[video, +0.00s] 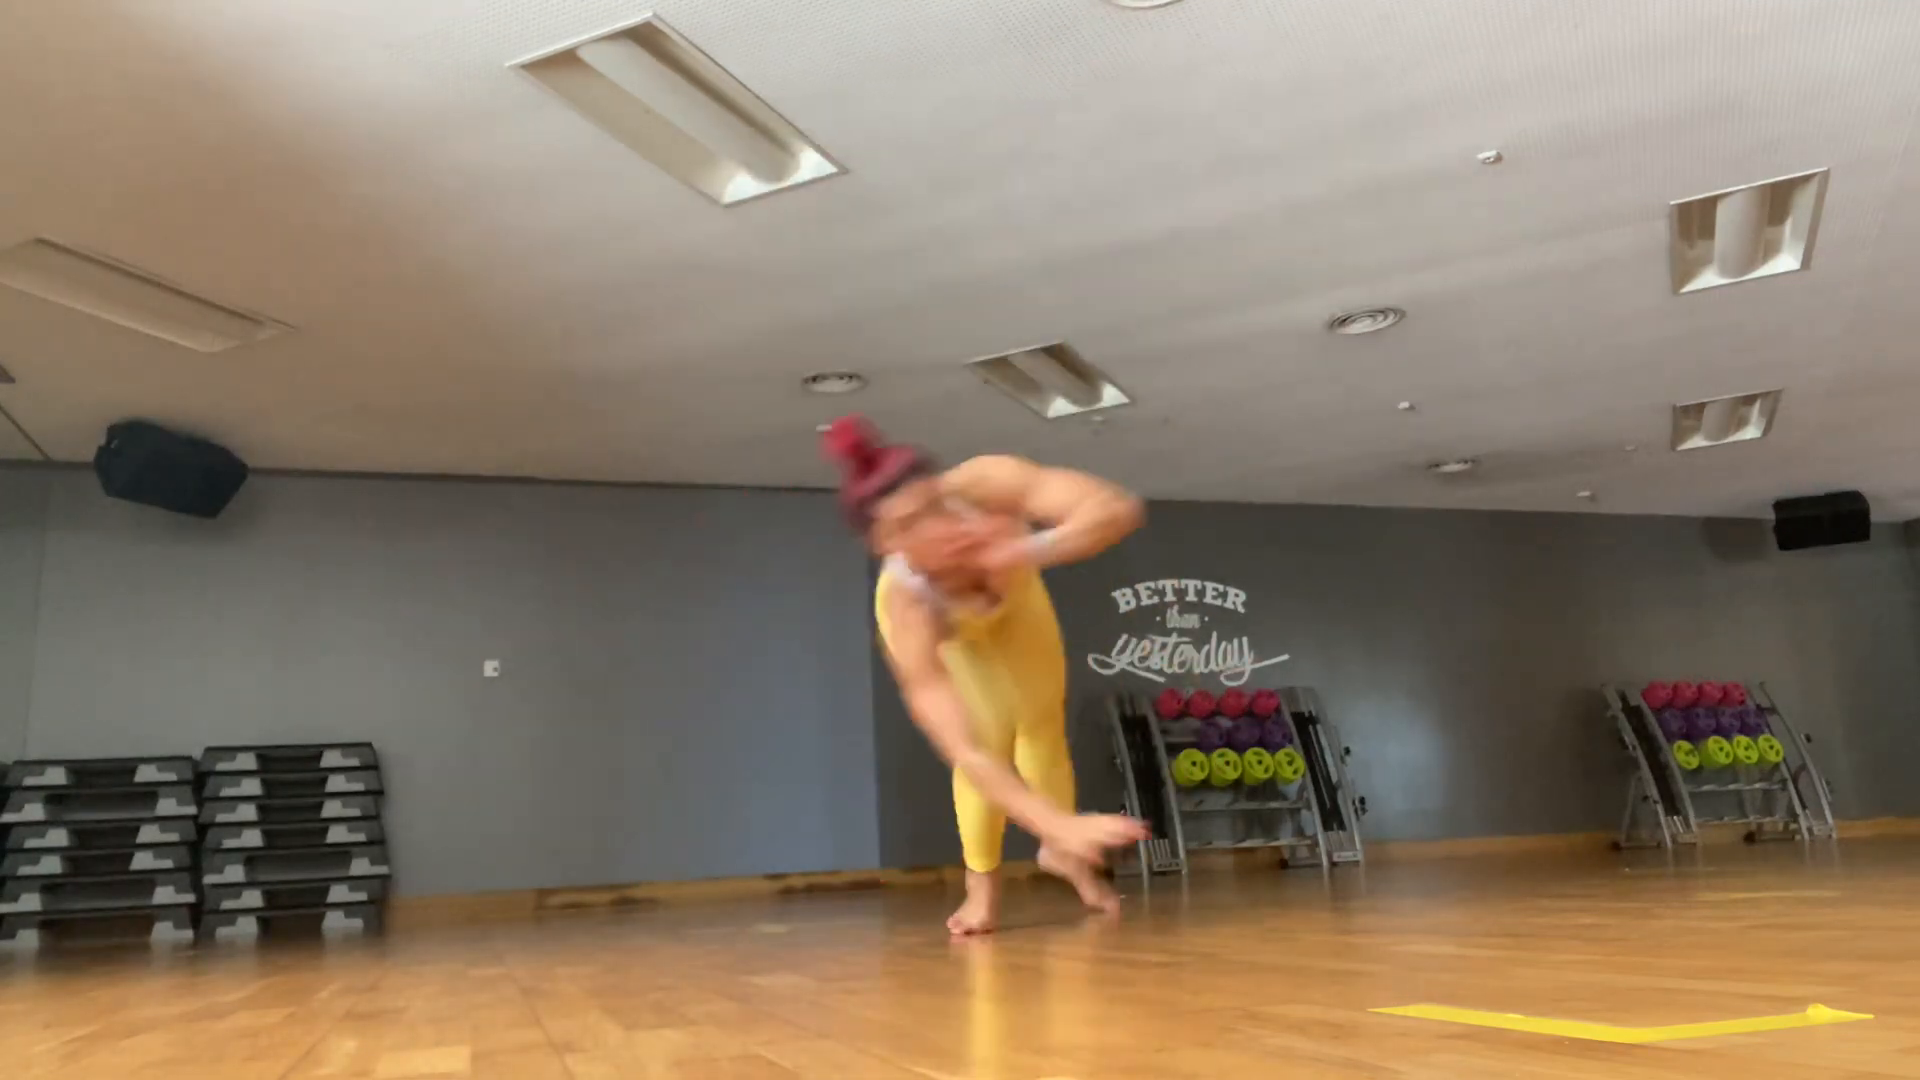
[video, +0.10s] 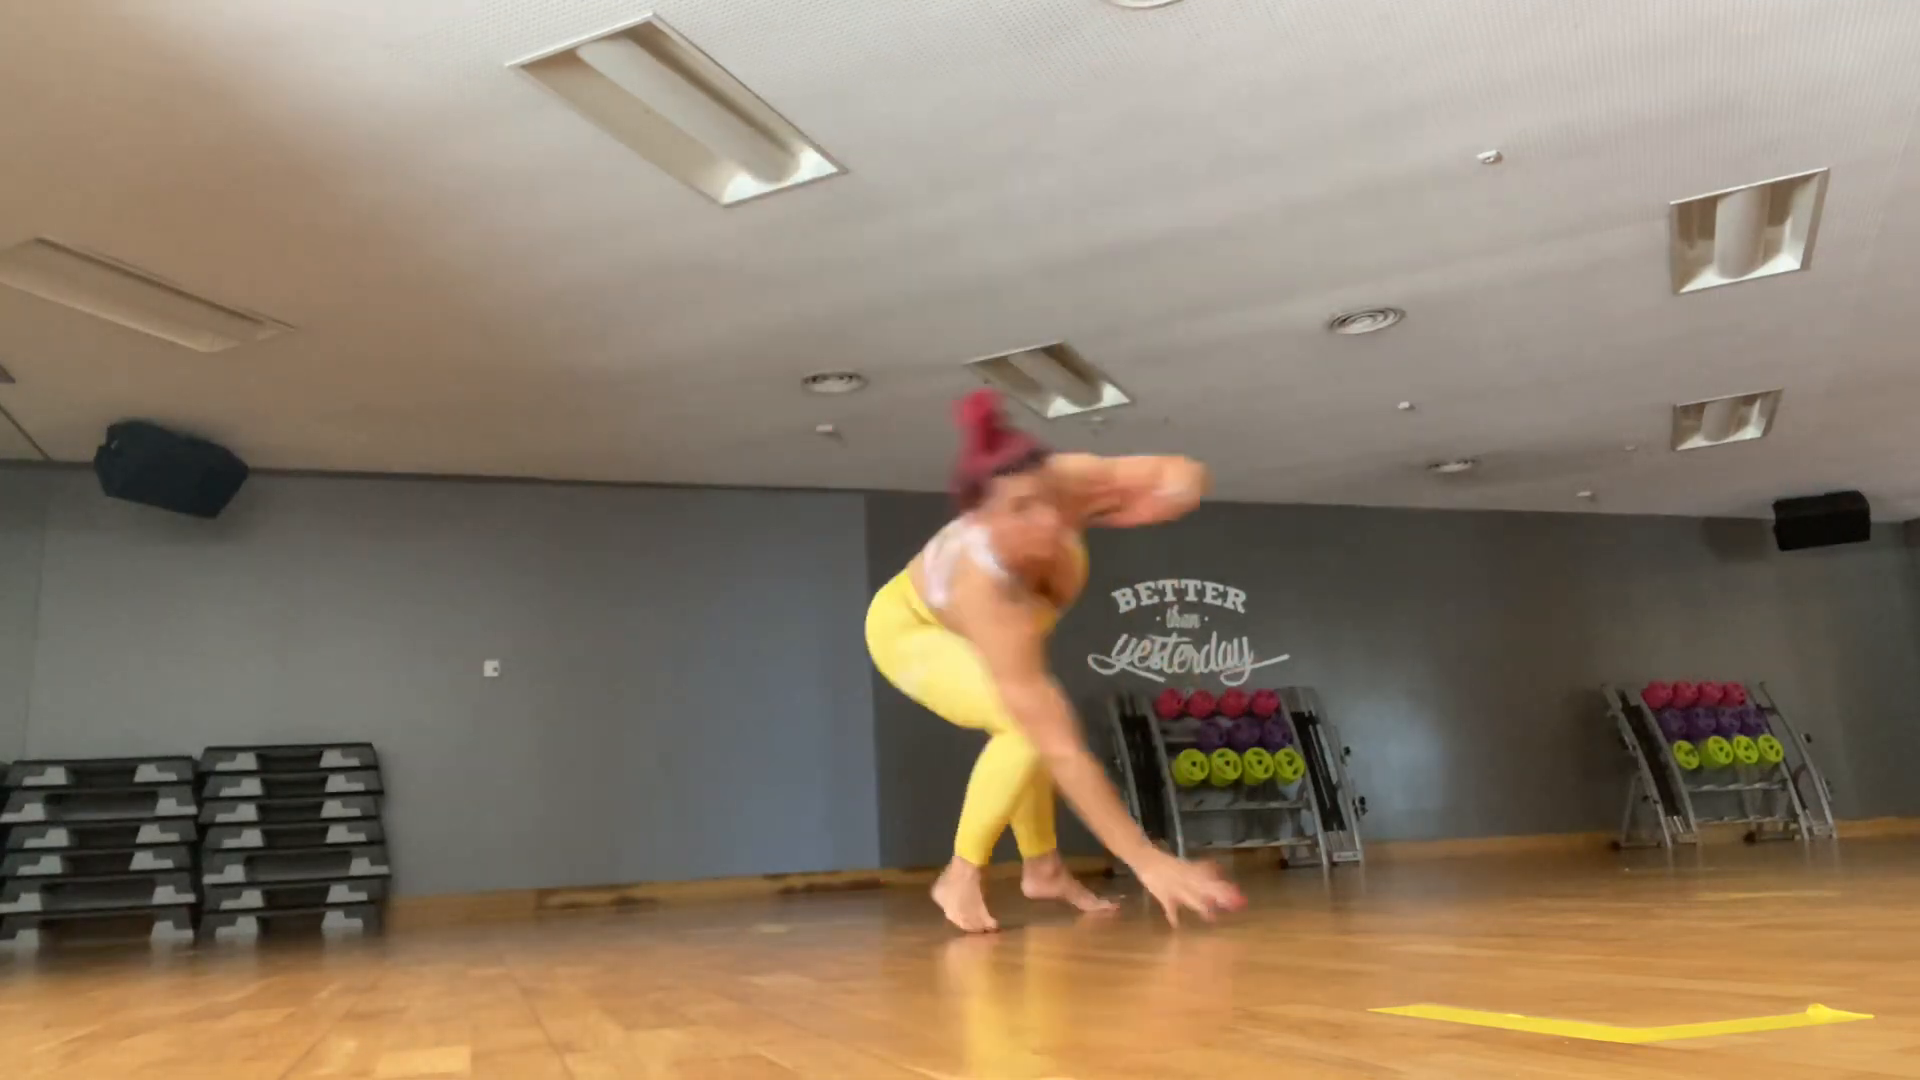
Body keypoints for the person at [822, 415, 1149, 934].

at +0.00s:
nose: (930, 531)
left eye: (930, 509)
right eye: (904, 527)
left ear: (943, 491)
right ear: (880, 542)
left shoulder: (983, 481)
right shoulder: (902, 601)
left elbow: (1118, 509)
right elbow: (962, 749)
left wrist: (1028, 553)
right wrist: (1059, 825)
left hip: (1019, 606)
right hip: (954, 641)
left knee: (1045, 727)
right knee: (981, 747)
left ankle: (1061, 852)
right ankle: (980, 887)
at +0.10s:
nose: (1046, 518)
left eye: (1047, 496)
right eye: (1022, 507)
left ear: (1055, 487)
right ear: (986, 517)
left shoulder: (1064, 480)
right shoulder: (986, 587)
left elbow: (1182, 470)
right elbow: (1055, 743)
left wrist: (1166, 496)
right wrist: (1147, 860)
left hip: (990, 622)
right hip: (908, 623)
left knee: (1040, 720)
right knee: (1021, 724)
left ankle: (1043, 870)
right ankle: (960, 878)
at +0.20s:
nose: (1153, 547)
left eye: (1154, 528)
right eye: (1131, 531)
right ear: (1083, 532)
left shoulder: (1082, 517)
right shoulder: (1063, 613)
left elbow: (1188, 472)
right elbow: (1122, 766)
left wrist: (1227, 489)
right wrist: (1189, 898)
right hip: (912, 659)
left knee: (1014, 734)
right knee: (1079, 738)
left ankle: (1045, 873)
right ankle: (956, 858)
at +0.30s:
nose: (1215, 587)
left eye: (1224, 571)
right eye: (1202, 564)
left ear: (1147, 542)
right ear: (1154, 547)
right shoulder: (1104, 630)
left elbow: (1119, 511)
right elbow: (1125, 787)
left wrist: (1209, 493)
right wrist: (1188, 908)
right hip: (946, 719)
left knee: (1007, 760)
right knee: (1116, 782)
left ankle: (1056, 882)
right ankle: (974, 849)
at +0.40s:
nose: (1209, 588)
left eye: (1220, 576)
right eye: (1198, 564)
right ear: (1152, 550)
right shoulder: (1119, 638)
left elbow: (1023, 578)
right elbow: (1134, 781)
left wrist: (1080, 541)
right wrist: (1188, 907)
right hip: (964, 745)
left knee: (979, 829)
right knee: (1114, 788)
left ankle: (1050, 888)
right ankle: (981, 851)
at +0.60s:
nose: (1112, 605)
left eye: (1110, 594)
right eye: (1108, 591)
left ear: (1046, 578)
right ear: (1085, 576)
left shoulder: (982, 625)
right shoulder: (1080, 597)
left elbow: (904, 723)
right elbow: (1186, 638)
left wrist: (848, 833)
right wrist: (1306, 678)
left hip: (901, 771)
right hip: (991, 747)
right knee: (1094, 801)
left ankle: (1058, 879)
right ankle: (988, 858)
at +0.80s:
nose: (879, 680)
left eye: (868, 666)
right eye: (867, 671)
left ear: (881, 638)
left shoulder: (909, 678)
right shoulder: (970, 579)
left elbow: (924, 780)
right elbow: (1019, 518)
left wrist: (921, 892)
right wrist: (997, 511)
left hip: (973, 684)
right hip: (1066, 650)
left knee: (1027, 770)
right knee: (1117, 816)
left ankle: (1105, 890)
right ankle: (1024, 846)